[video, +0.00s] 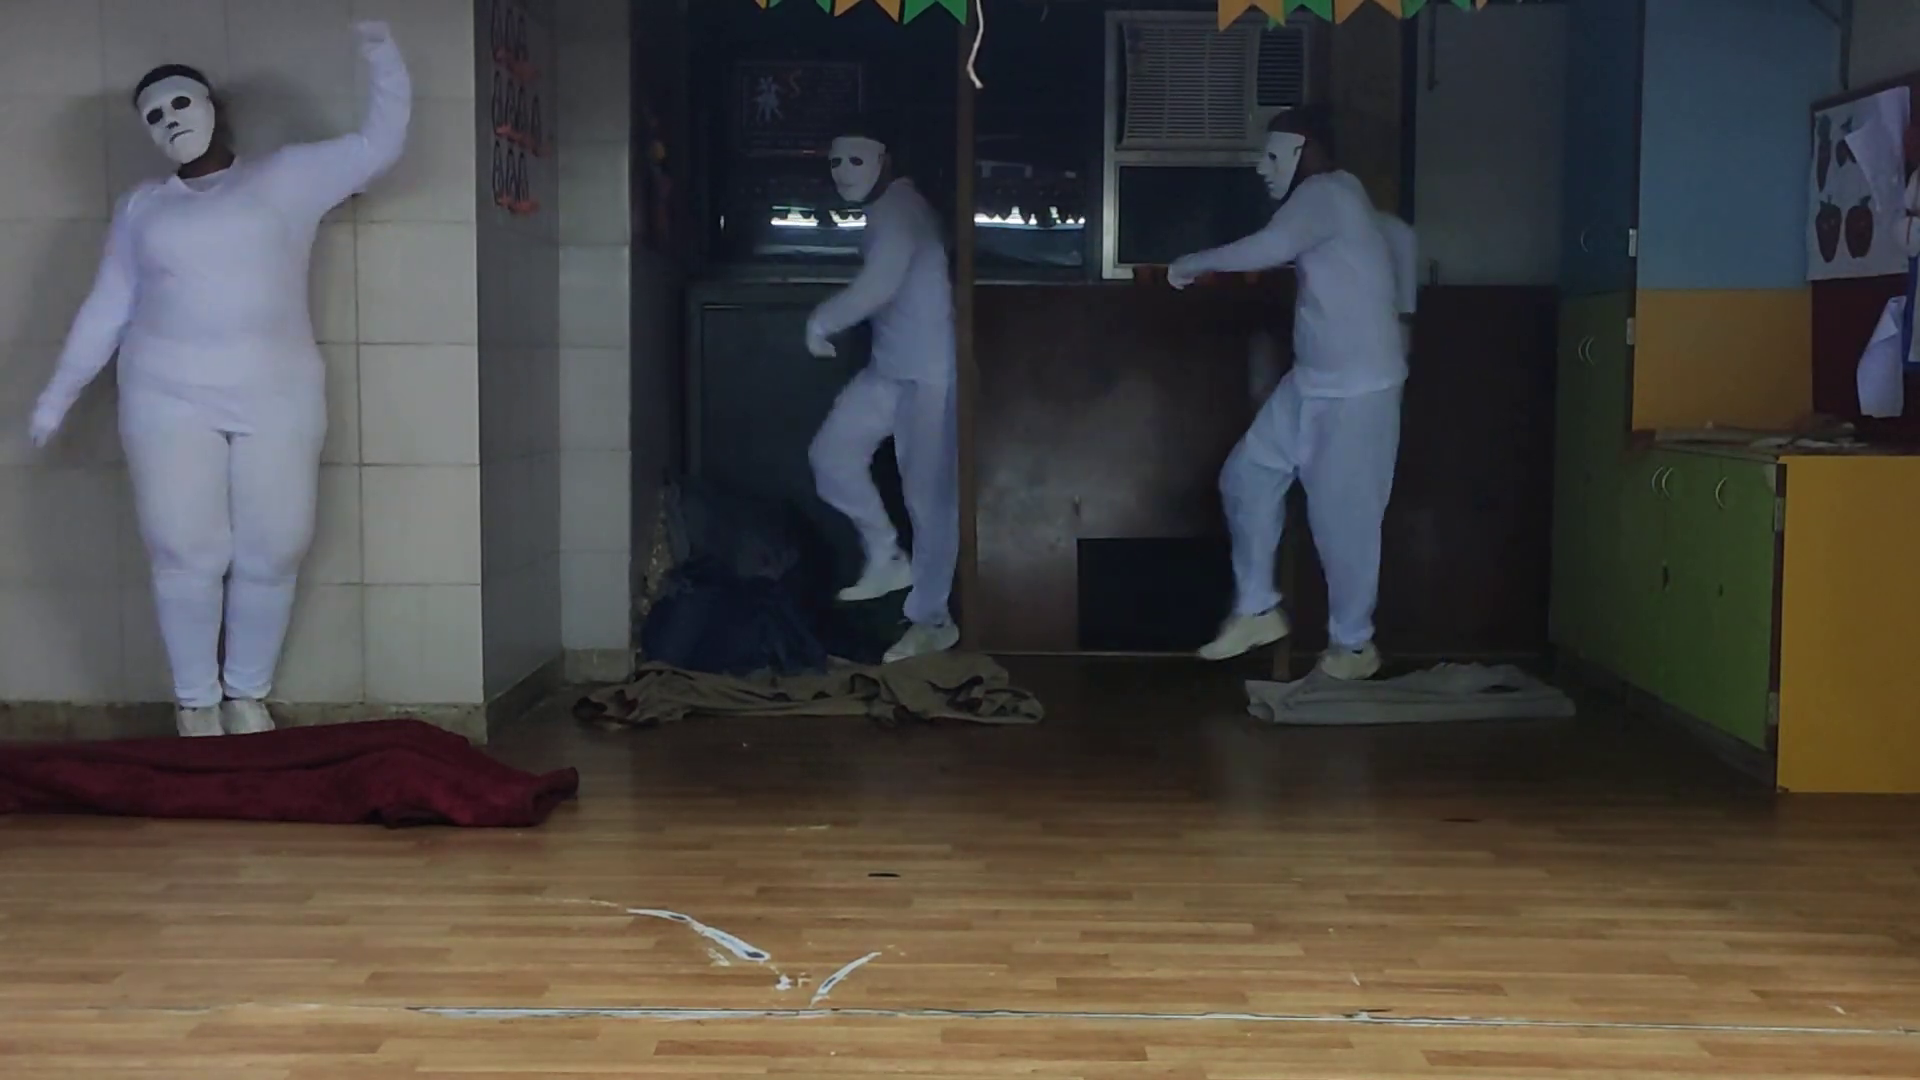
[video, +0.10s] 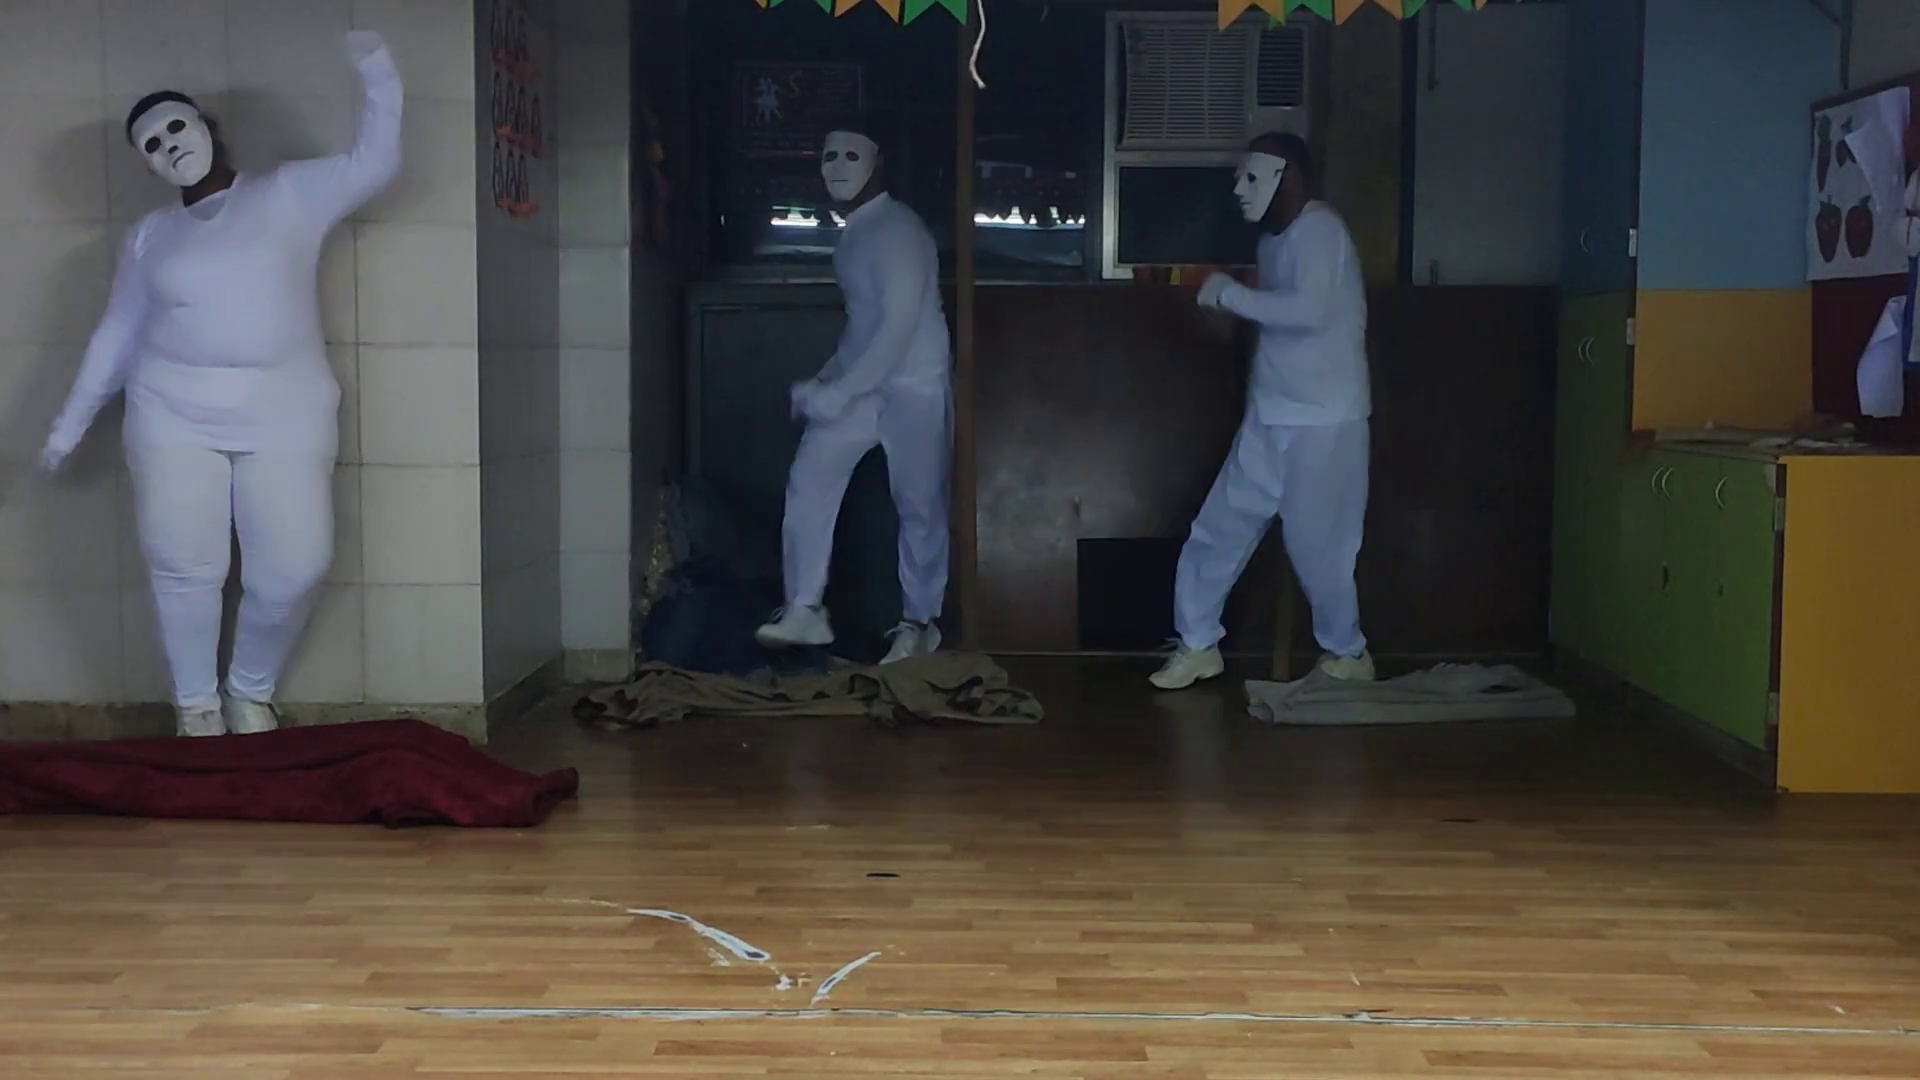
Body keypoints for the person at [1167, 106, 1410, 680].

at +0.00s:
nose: (1264, 168)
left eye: (1273, 157)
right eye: (1264, 157)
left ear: (1304, 151)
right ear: (1311, 153)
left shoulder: (1324, 194)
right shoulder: (1344, 200)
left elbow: (1272, 247)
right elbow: (1401, 233)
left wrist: (1188, 265)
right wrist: (1405, 307)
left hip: (1358, 386)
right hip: (1312, 381)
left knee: (1345, 512)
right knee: (1247, 480)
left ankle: (1353, 646)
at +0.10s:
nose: (1240, 190)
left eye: (1251, 179)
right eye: (1239, 179)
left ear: (1286, 177)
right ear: (1275, 180)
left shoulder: (1319, 230)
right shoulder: (1274, 240)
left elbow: (1309, 310)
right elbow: (1287, 309)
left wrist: (1228, 292)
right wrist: (1230, 289)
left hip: (1324, 421)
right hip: (1269, 419)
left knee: (1320, 542)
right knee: (1217, 532)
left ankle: (1347, 654)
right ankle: (1198, 647)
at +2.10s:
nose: (1228, 291)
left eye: (1240, 280)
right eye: (1216, 280)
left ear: (1258, 284)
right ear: (1201, 287)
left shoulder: (1289, 330)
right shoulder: (1189, 339)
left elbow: (1342, 398)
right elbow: (1149, 408)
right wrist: (1169, 406)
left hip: (1313, 485)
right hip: (1231, 483)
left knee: (1396, 566)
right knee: (1161, 536)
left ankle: (1418, 661)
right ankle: (1145, 666)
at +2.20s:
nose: (1255, 290)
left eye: (1268, 279)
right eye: (1243, 279)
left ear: (1285, 286)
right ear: (1226, 287)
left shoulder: (1322, 342)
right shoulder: (1202, 335)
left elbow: (1378, 398)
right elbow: (1121, 378)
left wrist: (1333, 453)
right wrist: (1129, 366)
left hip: (1316, 493)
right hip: (1232, 491)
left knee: (1396, 569)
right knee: (1159, 540)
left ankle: (1414, 665)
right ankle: (1146, 666)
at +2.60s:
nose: (1313, 236)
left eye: (1324, 226)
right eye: (1299, 228)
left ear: (1340, 237)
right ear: (1281, 240)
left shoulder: (1361, 307)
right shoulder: (1248, 293)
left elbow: (1379, 397)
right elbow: (1206, 377)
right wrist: (1219, 312)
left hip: (1344, 475)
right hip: (1255, 474)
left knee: (1416, 558)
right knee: (1185, 548)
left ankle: (1415, 661)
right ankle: (1148, 665)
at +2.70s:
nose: (1295, 191)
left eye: (1306, 181)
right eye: (1283, 182)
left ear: (1324, 190)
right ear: (1266, 193)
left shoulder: (1351, 248)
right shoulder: (1241, 252)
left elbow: (1420, 273)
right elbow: (1172, 310)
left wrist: (1376, 207)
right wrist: (1214, 297)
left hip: (1344, 436)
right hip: (1262, 437)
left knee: (1403, 548)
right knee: (1204, 544)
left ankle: (1414, 663)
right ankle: (1146, 660)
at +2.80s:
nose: (1270, 154)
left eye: (1282, 143)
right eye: (1258, 144)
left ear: (1301, 149)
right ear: (1241, 153)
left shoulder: (1334, 181)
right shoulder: (1224, 225)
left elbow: (1400, 141)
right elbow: (1190, 290)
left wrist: (1458, 115)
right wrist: (1218, 306)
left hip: (1336, 384)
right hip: (1260, 392)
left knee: (1366, 518)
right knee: (1218, 514)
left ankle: (1384, 645)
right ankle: (1193, 641)